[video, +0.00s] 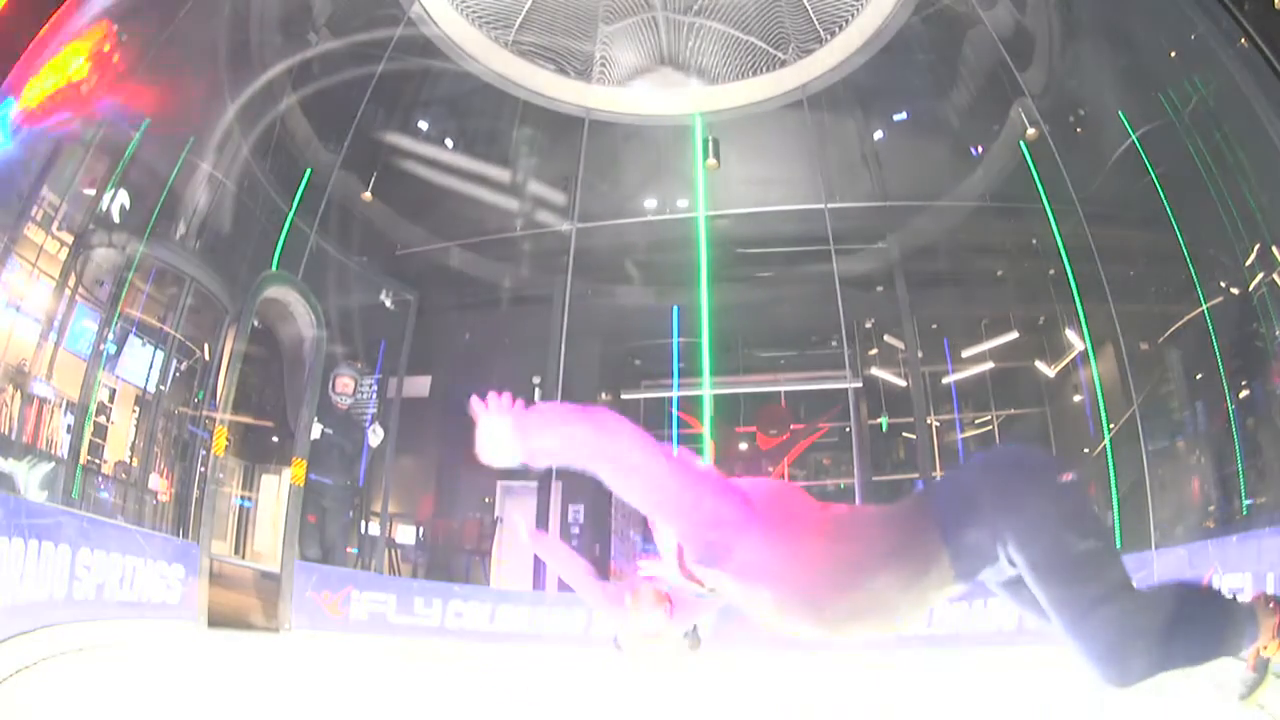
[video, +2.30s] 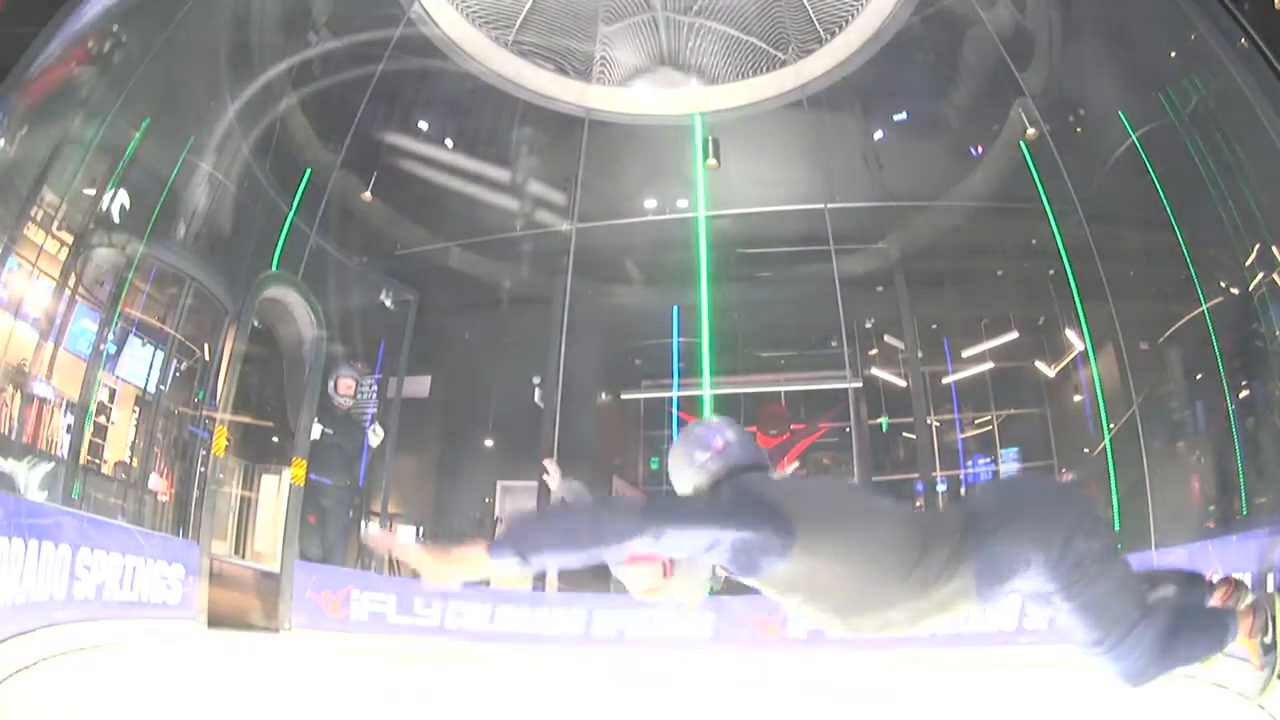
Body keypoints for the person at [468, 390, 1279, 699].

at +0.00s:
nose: (657, 589)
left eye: (648, 580)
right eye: (651, 594)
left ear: (658, 554)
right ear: (663, 594)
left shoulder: (710, 520)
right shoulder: (722, 595)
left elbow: (605, 433)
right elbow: (620, 612)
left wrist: (516, 434)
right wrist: (559, 555)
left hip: (996, 497)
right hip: (979, 546)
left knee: (1120, 649)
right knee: (1115, 631)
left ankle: (1256, 626)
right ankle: (1248, 623)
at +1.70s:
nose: (687, 516)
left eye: (688, 501)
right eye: (686, 501)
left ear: (718, 488)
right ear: (735, 477)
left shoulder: (763, 518)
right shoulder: (783, 516)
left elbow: (646, 522)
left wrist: (561, 513)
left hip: (997, 543)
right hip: (992, 533)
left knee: (1120, 669)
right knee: (1115, 614)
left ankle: (1248, 622)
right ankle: (1226, 600)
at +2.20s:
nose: (676, 483)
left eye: (683, 472)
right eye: (679, 471)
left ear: (711, 473)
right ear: (730, 469)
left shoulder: (746, 517)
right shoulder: (747, 512)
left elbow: (628, 551)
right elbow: (642, 548)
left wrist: (501, 580)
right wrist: (539, 556)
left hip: (1014, 529)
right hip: (995, 534)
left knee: (1125, 648)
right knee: (1116, 614)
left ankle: (1236, 615)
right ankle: (1222, 601)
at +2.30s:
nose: (655, 566)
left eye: (661, 546)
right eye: (649, 551)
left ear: (696, 517)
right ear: (709, 496)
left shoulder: (757, 519)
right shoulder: (754, 518)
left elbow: (621, 535)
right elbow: (636, 526)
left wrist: (468, 557)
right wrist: (539, 518)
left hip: (1025, 530)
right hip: (1006, 540)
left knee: (1139, 653)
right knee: (1131, 607)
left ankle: (1245, 616)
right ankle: (1233, 603)